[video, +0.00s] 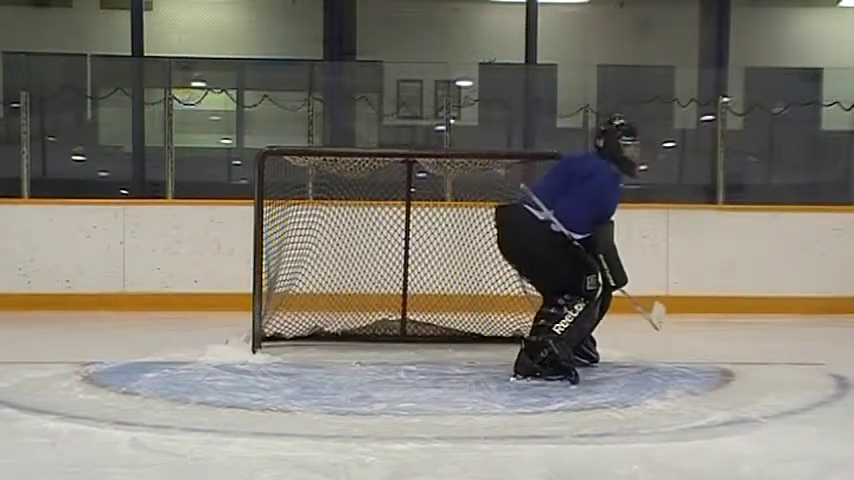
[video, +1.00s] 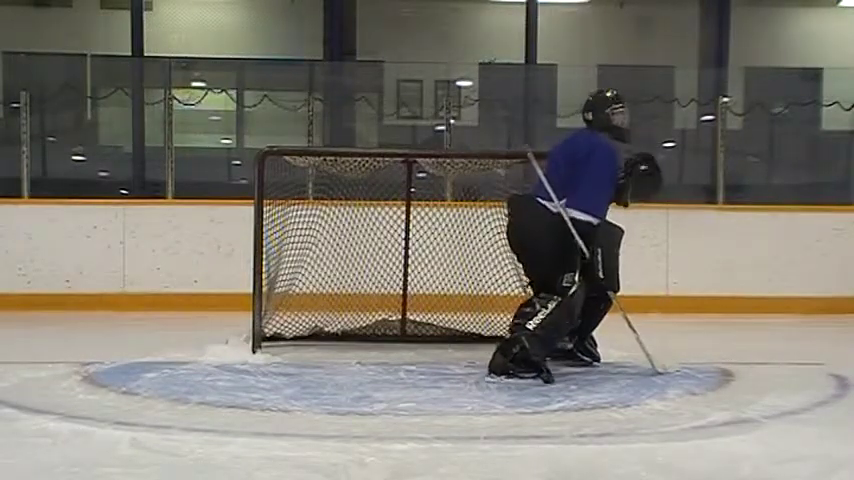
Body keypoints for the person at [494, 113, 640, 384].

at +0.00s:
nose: (635, 152)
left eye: (635, 145)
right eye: (629, 145)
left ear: (604, 145)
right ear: (611, 145)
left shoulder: (581, 162)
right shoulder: (606, 178)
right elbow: (602, 238)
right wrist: (620, 280)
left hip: (512, 221)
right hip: (533, 229)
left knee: (562, 290)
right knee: (590, 287)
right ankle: (543, 355)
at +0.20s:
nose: (633, 145)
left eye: (633, 138)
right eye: (626, 138)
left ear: (601, 140)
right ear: (608, 140)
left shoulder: (583, 158)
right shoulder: (604, 172)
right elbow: (601, 234)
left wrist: (594, 265)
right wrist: (618, 279)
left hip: (514, 222)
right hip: (532, 228)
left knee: (562, 289)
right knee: (589, 286)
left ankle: (537, 353)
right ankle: (543, 353)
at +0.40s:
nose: (624, 128)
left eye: (624, 122)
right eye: (617, 123)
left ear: (596, 126)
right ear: (600, 125)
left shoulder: (580, 148)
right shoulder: (595, 156)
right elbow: (588, 214)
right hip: (537, 224)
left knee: (560, 288)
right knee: (584, 287)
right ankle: (538, 354)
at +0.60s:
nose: (621, 119)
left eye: (619, 113)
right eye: (614, 114)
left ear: (591, 118)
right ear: (599, 117)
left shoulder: (577, 143)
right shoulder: (597, 151)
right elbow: (588, 216)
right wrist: (598, 261)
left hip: (525, 215)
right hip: (542, 221)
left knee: (555, 287)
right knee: (578, 285)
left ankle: (533, 347)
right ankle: (535, 352)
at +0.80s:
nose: (621, 118)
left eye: (620, 111)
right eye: (615, 113)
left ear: (589, 117)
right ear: (600, 116)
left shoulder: (575, 142)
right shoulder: (601, 152)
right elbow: (581, 216)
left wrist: (620, 184)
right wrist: (589, 265)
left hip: (525, 213)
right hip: (544, 220)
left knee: (551, 288)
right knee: (569, 290)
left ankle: (527, 347)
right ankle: (526, 353)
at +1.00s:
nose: (625, 118)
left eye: (624, 112)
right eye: (619, 113)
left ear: (593, 117)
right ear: (603, 117)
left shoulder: (576, 141)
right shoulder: (603, 150)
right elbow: (582, 215)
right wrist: (588, 260)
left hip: (525, 213)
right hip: (545, 221)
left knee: (548, 288)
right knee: (567, 291)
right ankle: (519, 352)